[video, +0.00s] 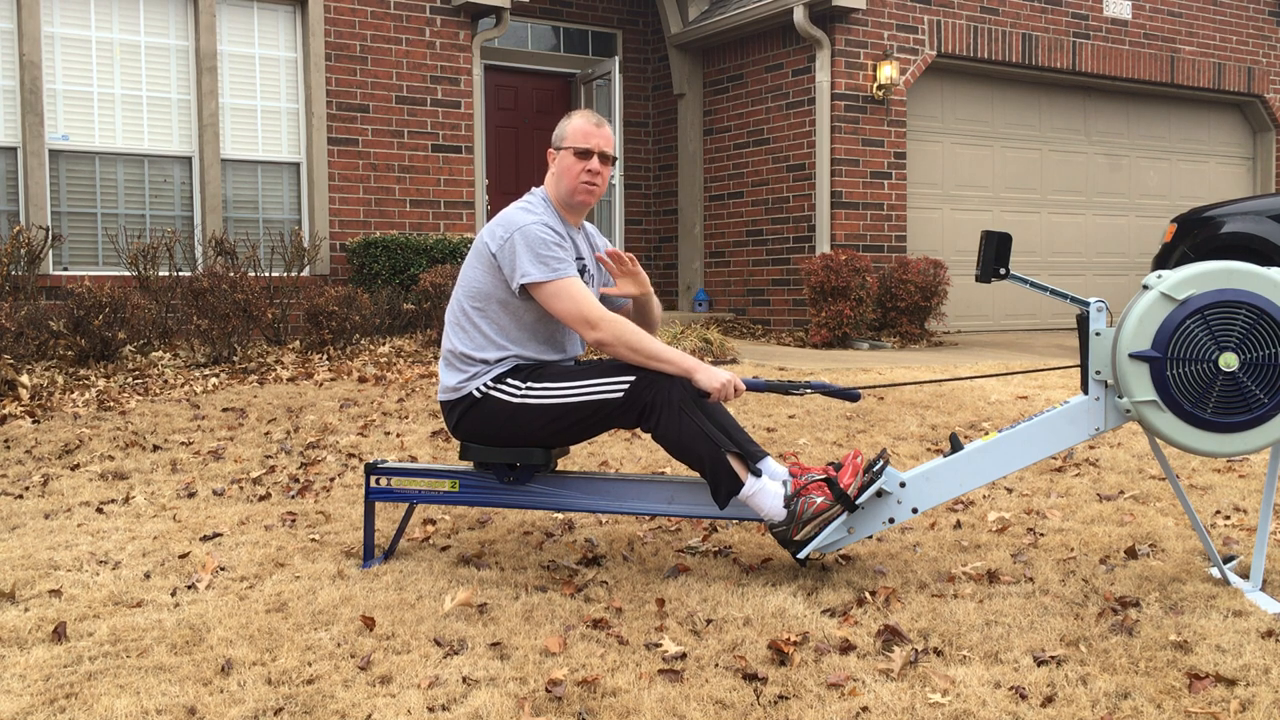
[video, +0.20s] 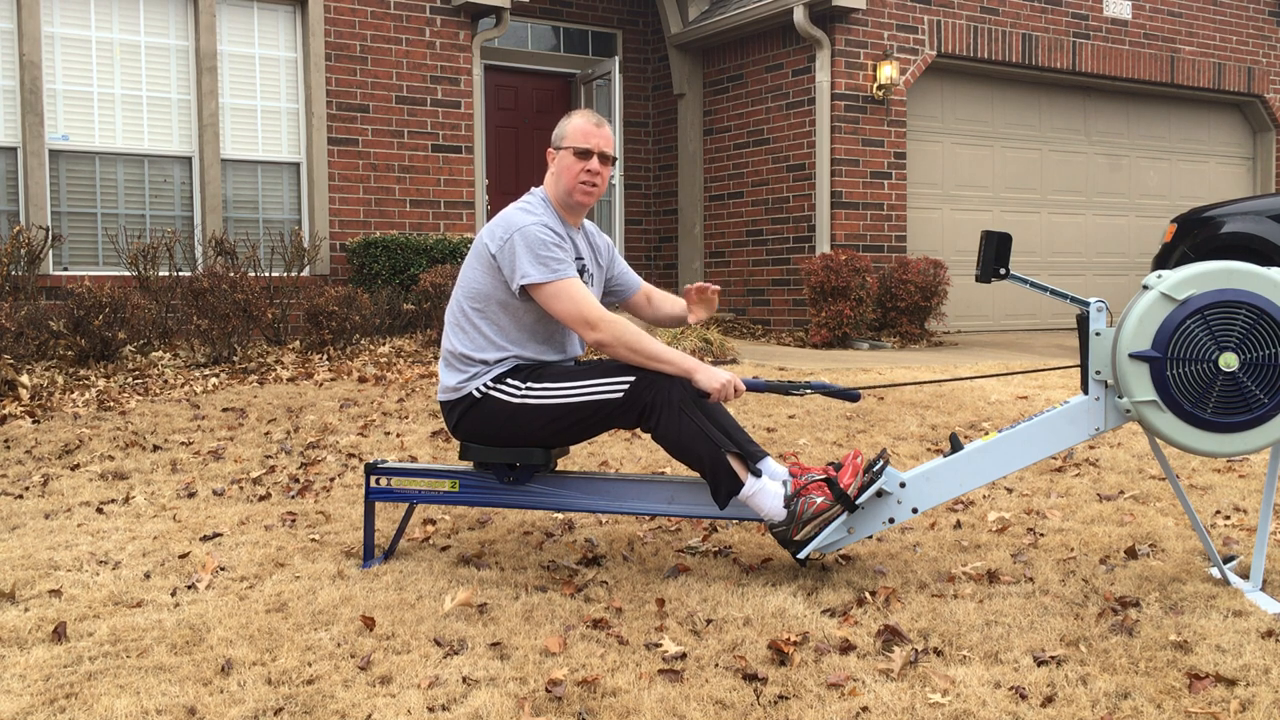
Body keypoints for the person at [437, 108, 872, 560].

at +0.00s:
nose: (595, 169)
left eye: (605, 161)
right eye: (583, 155)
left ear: (612, 172)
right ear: (551, 158)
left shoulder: (588, 238)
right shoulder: (526, 225)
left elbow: (644, 337)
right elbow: (594, 328)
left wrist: (643, 295)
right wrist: (699, 370)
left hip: (539, 376)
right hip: (486, 389)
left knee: (674, 378)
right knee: (650, 388)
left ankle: (786, 484)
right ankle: (776, 509)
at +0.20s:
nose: (595, 169)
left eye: (605, 161)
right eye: (582, 155)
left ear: (611, 171)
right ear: (551, 158)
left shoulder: (589, 237)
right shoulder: (525, 226)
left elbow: (646, 299)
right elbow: (593, 328)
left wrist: (687, 309)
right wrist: (699, 371)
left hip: (539, 377)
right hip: (487, 391)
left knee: (675, 379)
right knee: (650, 388)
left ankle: (786, 484)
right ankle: (776, 509)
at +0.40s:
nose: (593, 169)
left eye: (604, 161)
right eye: (581, 155)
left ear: (611, 171)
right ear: (550, 158)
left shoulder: (591, 238)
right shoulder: (525, 226)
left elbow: (655, 299)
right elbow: (594, 328)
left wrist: (743, 290)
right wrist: (699, 371)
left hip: (539, 377)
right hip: (487, 391)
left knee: (676, 378)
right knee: (650, 388)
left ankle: (786, 484)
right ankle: (776, 509)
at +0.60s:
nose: (593, 167)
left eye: (603, 160)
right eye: (580, 154)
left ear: (610, 172)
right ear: (549, 158)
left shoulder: (591, 237)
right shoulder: (524, 225)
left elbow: (658, 297)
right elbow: (595, 328)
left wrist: (741, 281)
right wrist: (699, 371)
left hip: (541, 376)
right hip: (487, 390)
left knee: (676, 378)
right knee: (650, 387)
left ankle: (788, 485)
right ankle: (776, 510)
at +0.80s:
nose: (592, 168)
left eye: (603, 160)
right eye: (579, 154)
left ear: (610, 171)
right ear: (548, 158)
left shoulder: (587, 236)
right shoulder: (524, 225)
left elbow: (649, 302)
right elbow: (594, 328)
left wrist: (722, 286)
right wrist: (699, 370)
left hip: (540, 376)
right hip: (487, 390)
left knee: (677, 378)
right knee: (651, 389)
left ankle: (788, 484)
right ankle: (777, 510)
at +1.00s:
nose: (593, 167)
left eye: (603, 159)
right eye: (580, 154)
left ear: (610, 171)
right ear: (549, 158)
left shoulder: (586, 236)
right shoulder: (525, 225)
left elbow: (642, 311)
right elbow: (593, 327)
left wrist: (675, 287)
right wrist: (699, 371)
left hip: (539, 376)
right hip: (487, 390)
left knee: (675, 378)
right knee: (650, 388)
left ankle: (787, 483)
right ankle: (776, 509)